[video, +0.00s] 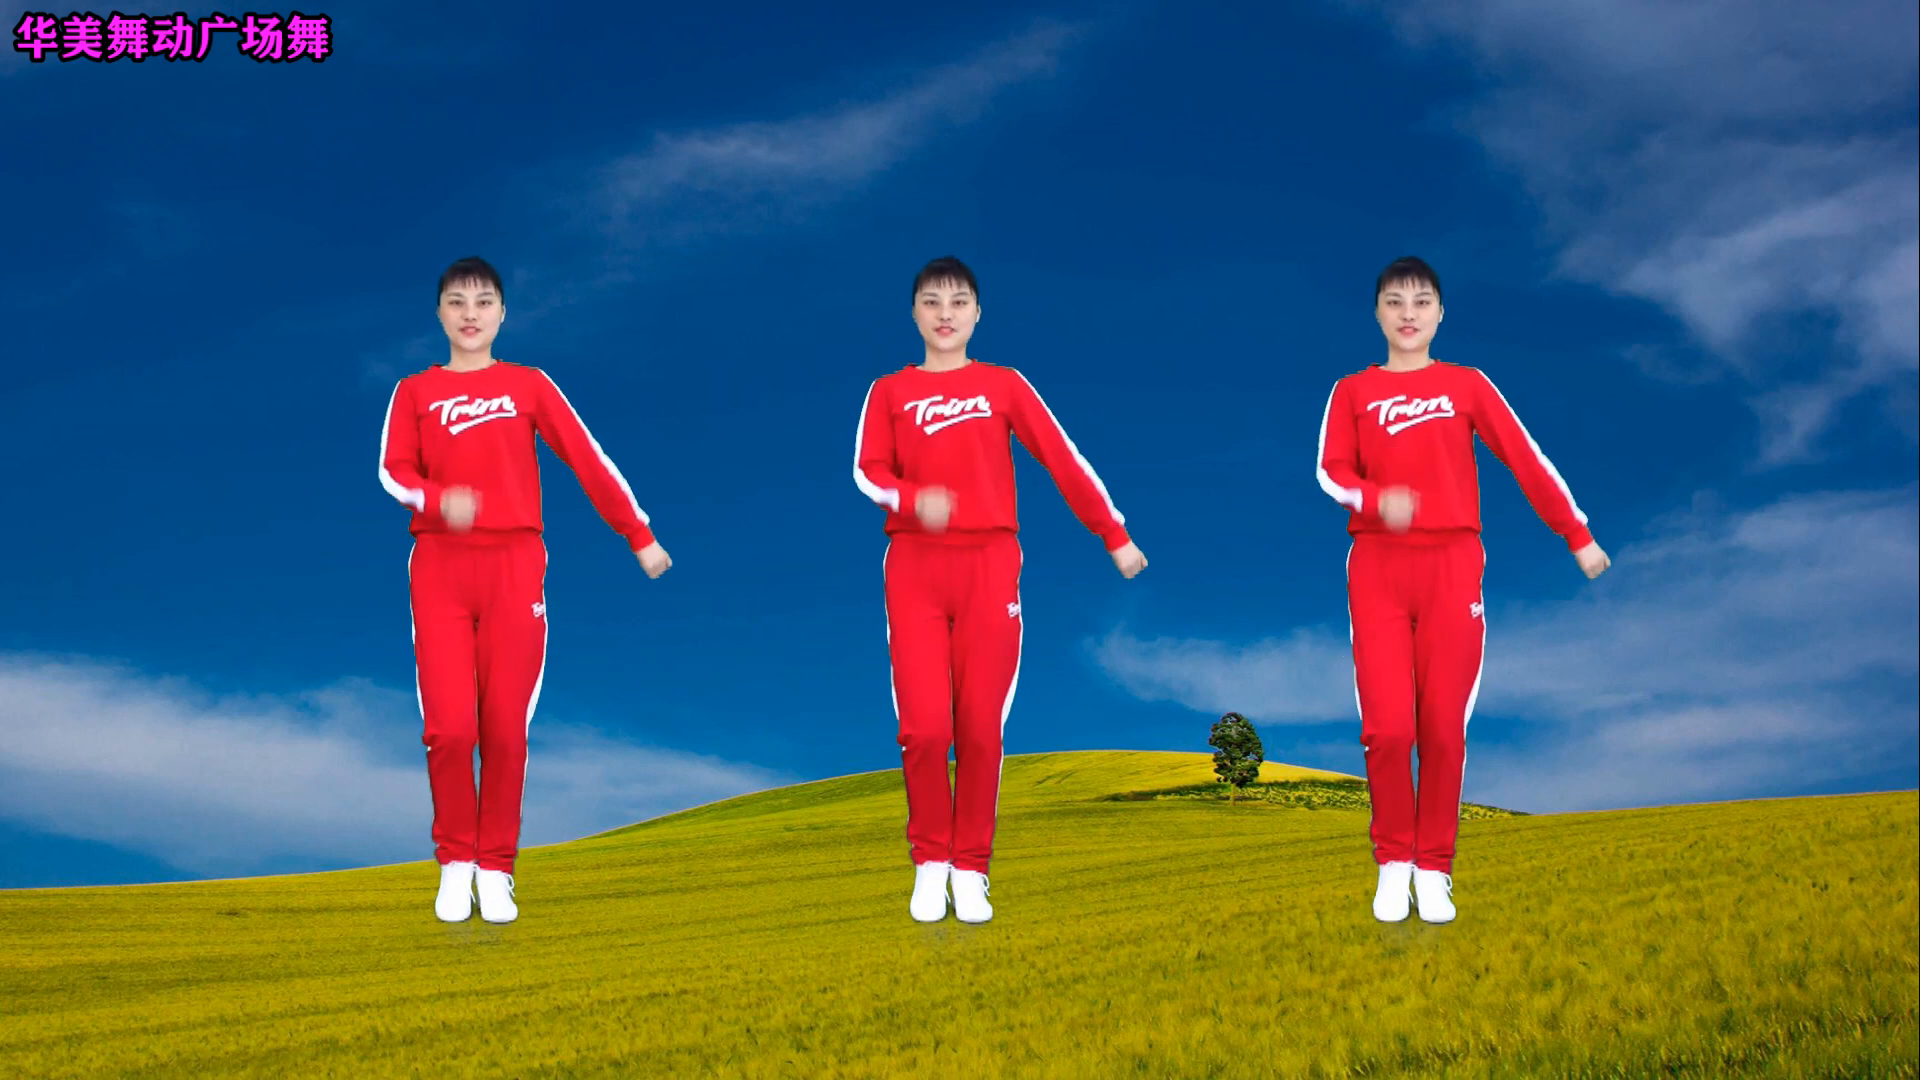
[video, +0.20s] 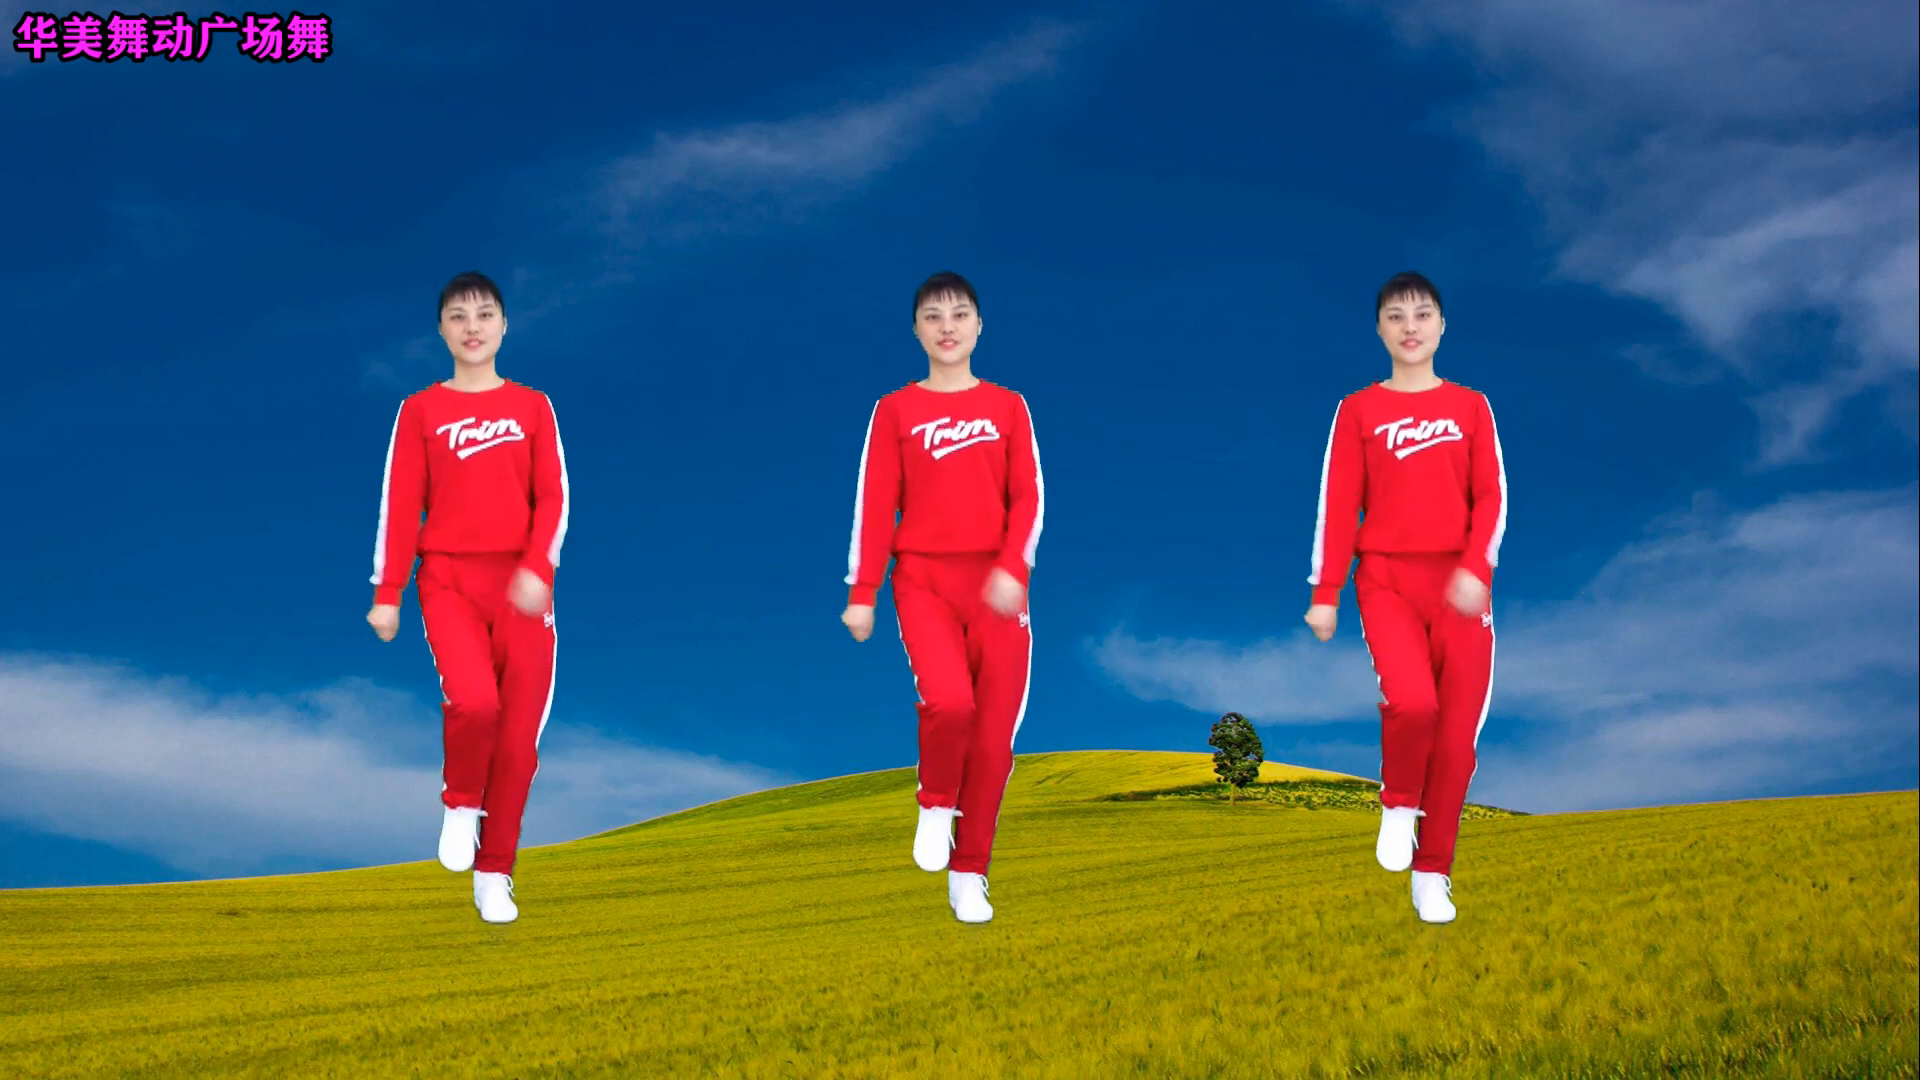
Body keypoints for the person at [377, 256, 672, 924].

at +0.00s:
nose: (470, 313)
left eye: (483, 302)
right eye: (457, 302)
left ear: (501, 313)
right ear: (440, 314)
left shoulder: (529, 385)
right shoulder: (413, 391)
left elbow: (590, 460)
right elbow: (393, 473)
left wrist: (641, 536)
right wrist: (436, 498)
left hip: (515, 569)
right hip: (439, 571)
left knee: (505, 725)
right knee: (448, 726)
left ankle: (496, 867)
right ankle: (455, 862)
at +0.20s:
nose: (473, 326)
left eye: (484, 315)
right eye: (459, 317)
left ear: (502, 325)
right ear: (444, 330)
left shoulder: (534, 406)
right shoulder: (420, 410)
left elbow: (554, 495)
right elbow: (400, 504)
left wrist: (538, 568)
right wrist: (388, 593)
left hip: (523, 579)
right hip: (447, 580)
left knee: (522, 731)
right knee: (475, 703)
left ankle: (496, 869)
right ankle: (462, 805)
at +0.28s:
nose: (472, 313)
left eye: (483, 302)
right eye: (459, 304)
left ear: (502, 312)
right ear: (442, 318)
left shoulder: (534, 391)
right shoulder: (418, 399)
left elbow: (563, 474)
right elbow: (378, 485)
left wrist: (511, 498)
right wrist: (350, 570)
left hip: (524, 573)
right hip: (447, 571)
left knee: (517, 724)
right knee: (475, 696)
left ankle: (497, 868)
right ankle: (466, 807)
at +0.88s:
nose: (461, 326)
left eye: (473, 316)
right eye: (448, 316)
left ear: (491, 328)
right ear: (431, 329)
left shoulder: (519, 404)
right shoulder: (405, 411)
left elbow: (535, 498)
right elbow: (389, 493)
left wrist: (549, 589)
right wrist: (428, 539)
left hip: (493, 584)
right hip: (419, 587)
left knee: (465, 714)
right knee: (418, 736)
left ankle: (491, 808)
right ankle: (455, 866)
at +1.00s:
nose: (459, 308)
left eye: (471, 298)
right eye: (448, 298)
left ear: (490, 311)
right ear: (430, 311)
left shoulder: (521, 388)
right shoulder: (404, 392)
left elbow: (569, 472)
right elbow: (363, 470)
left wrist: (602, 558)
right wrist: (422, 444)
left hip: (497, 563)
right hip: (421, 565)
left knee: (468, 704)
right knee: (426, 724)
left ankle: (490, 810)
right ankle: (454, 862)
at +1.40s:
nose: (467, 306)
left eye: (480, 296)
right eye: (455, 296)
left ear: (499, 309)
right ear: (438, 311)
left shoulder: (530, 385)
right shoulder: (415, 395)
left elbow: (565, 476)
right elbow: (406, 479)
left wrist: (591, 564)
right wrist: (437, 541)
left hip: (517, 567)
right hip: (441, 570)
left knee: (509, 727)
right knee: (451, 723)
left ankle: (498, 868)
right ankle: (457, 855)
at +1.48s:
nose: (471, 317)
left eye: (483, 308)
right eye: (458, 308)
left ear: (501, 321)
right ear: (441, 323)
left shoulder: (532, 397)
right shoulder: (417, 408)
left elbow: (544, 491)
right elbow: (409, 503)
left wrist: (538, 578)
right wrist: (408, 589)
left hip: (520, 579)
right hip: (447, 580)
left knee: (514, 729)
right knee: (461, 714)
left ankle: (496, 869)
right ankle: (459, 812)